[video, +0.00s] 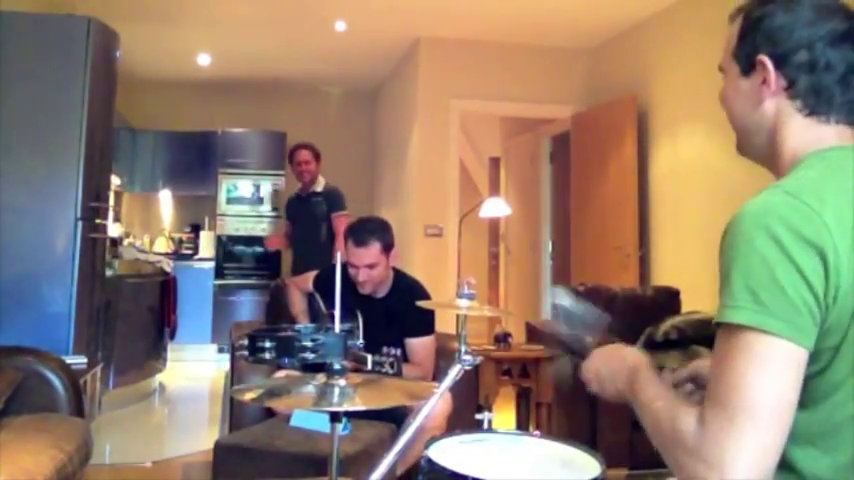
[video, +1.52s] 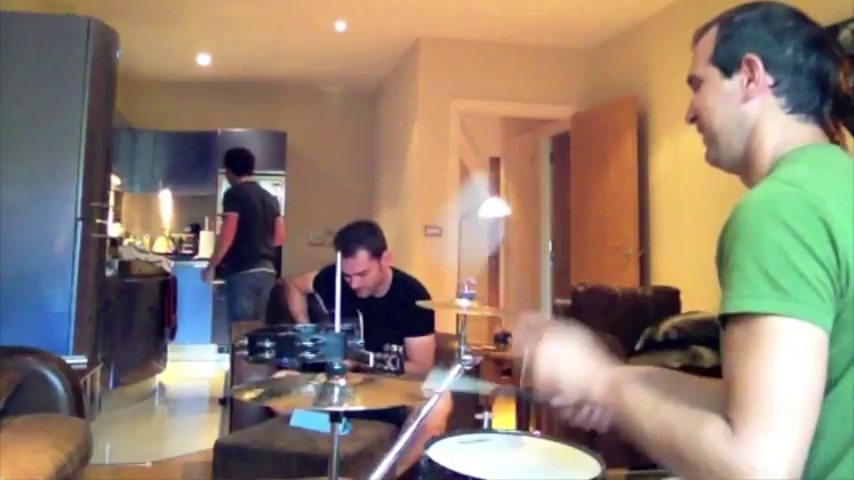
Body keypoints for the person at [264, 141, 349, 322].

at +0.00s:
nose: (303, 169)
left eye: (307, 163)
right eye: (298, 164)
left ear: (318, 164)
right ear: (292, 168)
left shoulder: (331, 195)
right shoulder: (292, 202)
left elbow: (341, 234)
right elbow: (290, 236)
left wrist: (338, 268)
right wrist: (278, 241)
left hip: (326, 272)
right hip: (298, 275)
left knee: (328, 324)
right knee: (302, 326)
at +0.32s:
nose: (291, 169)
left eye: (296, 163)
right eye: (287, 165)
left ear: (308, 165)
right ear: (283, 169)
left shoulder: (319, 197)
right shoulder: (289, 201)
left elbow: (325, 235)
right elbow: (292, 242)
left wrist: (311, 271)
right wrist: (274, 245)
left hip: (306, 273)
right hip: (288, 273)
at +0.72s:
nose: (268, 174)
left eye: (271, 168)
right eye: (269, 168)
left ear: (281, 169)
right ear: (284, 169)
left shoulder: (299, 197)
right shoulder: (287, 197)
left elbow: (303, 235)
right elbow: (289, 237)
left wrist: (291, 271)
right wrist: (270, 244)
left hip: (291, 277)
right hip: (279, 274)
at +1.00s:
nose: (256, 173)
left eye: (256, 167)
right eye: (256, 167)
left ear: (262, 168)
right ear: (280, 167)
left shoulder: (275, 195)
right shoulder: (290, 196)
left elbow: (275, 237)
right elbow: (289, 238)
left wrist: (263, 276)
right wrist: (260, 244)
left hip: (275, 277)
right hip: (288, 275)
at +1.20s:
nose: (241, 173)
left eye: (241, 168)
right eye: (241, 168)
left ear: (247, 168)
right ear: (266, 166)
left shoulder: (258, 192)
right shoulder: (280, 193)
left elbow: (256, 231)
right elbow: (288, 229)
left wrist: (239, 271)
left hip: (262, 271)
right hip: (281, 267)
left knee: (254, 327)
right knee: (275, 325)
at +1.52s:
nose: (225, 173)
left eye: (226, 169)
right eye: (226, 169)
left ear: (230, 170)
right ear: (251, 168)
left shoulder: (235, 194)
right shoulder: (270, 197)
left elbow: (227, 235)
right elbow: (279, 237)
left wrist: (212, 265)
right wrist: (258, 247)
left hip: (243, 272)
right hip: (267, 270)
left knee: (241, 334)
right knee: (258, 332)